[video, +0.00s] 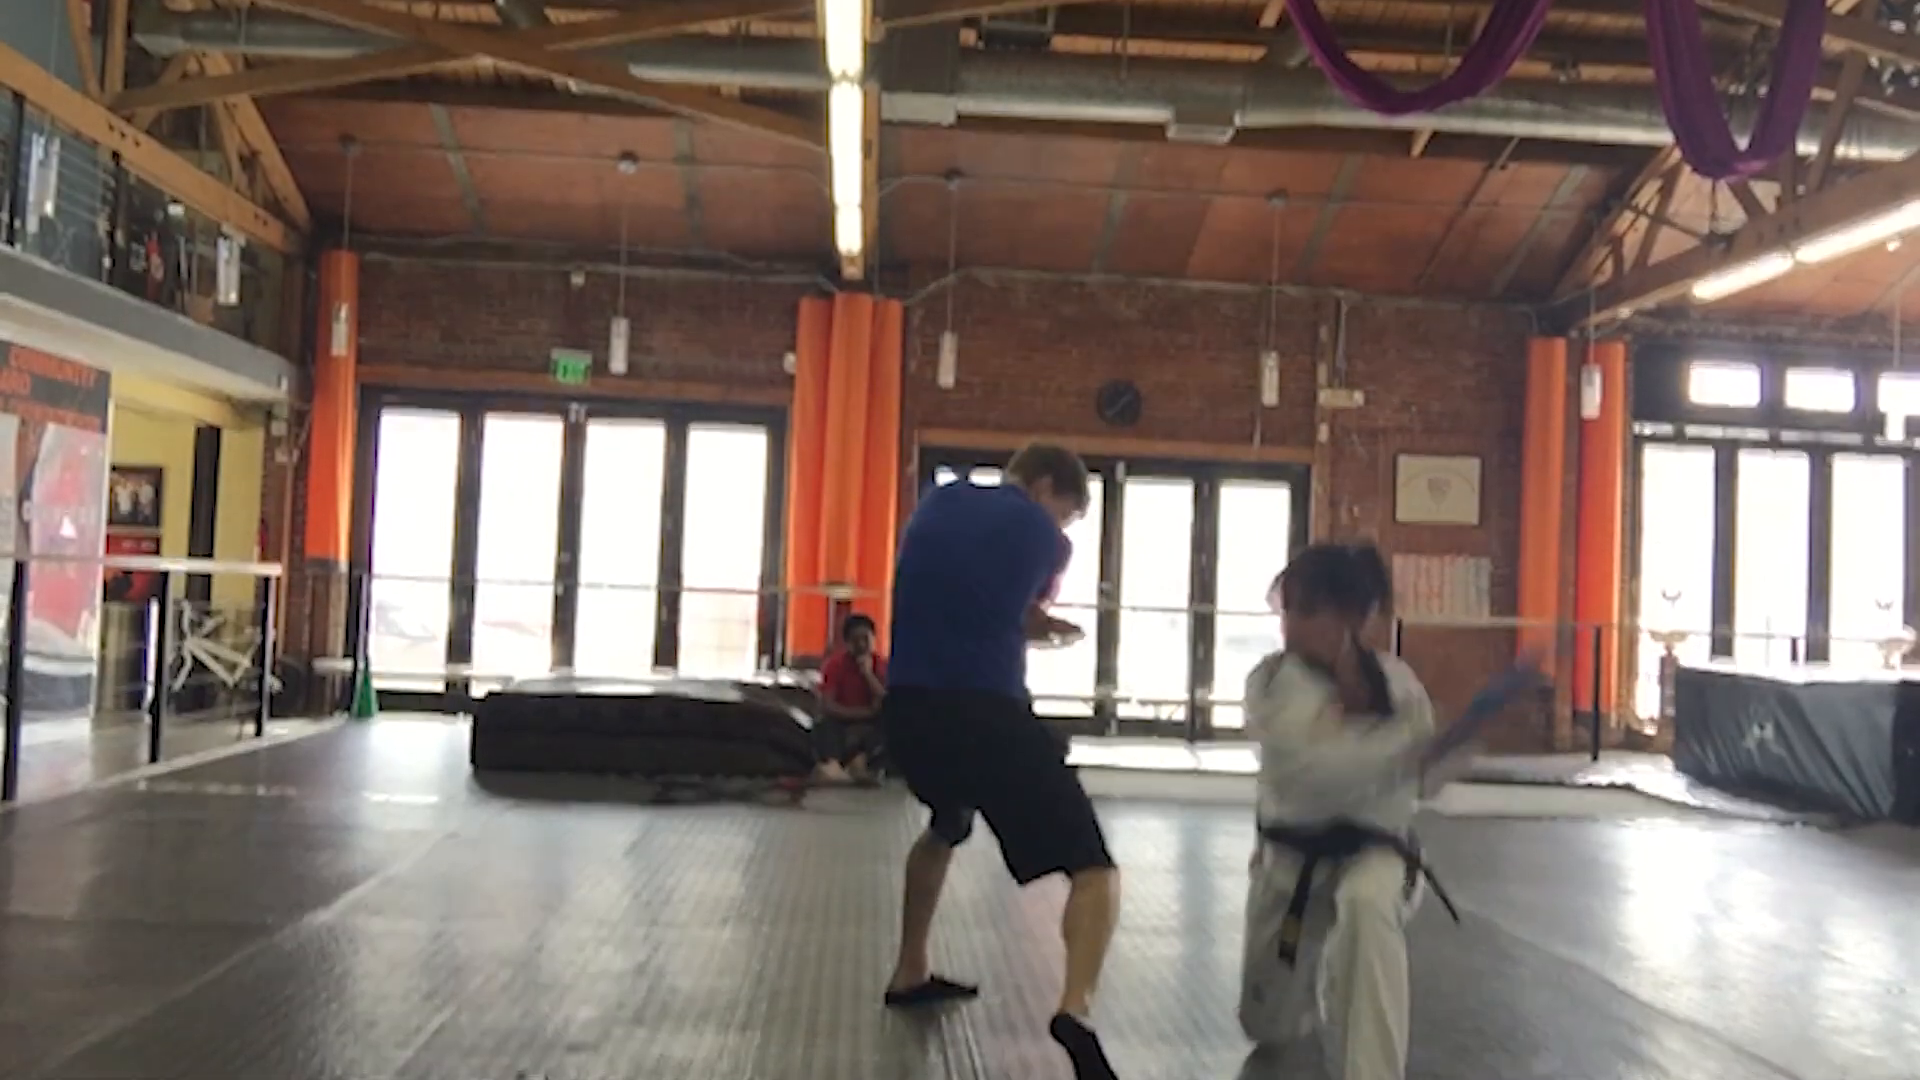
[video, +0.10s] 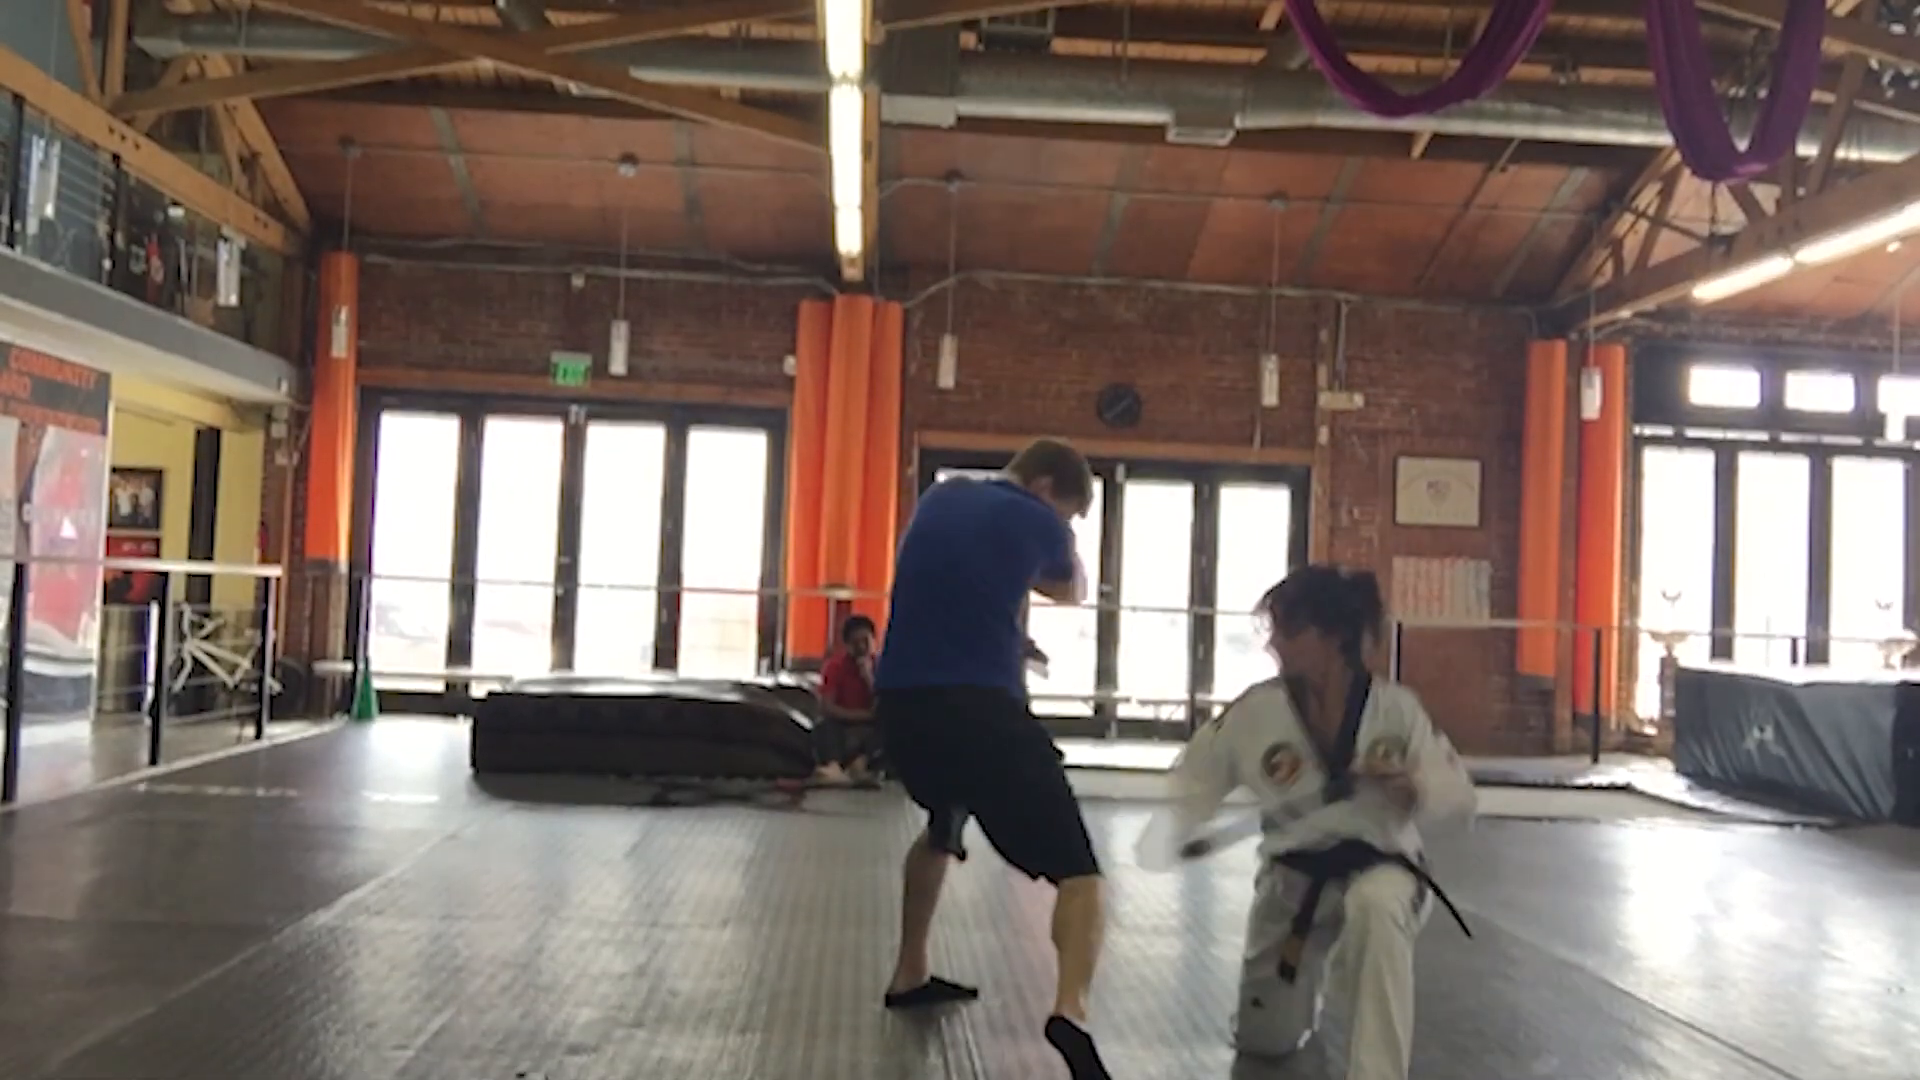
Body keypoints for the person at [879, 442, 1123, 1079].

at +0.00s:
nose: (1063, 525)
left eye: (1067, 515)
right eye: (1065, 512)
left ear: (1016, 474)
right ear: (1044, 485)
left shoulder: (937, 501)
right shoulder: (1043, 535)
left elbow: (934, 599)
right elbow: (1025, 616)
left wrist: (1030, 623)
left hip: (909, 708)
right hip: (990, 714)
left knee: (945, 823)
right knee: (1093, 868)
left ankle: (910, 974)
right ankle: (1075, 1008)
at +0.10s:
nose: (1064, 523)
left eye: (1070, 516)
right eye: (1067, 512)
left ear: (1017, 472)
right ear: (1044, 486)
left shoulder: (940, 496)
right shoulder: (1037, 519)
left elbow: (937, 586)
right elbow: (1068, 588)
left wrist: (1010, 634)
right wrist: (1004, 557)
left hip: (901, 702)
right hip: (983, 707)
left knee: (941, 826)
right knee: (1079, 871)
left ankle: (909, 976)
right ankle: (1069, 1012)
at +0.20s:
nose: (1060, 492)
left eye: (1063, 484)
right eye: (1064, 483)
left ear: (1016, 441)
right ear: (1052, 470)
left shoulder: (931, 470)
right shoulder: (1038, 514)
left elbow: (856, 529)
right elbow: (1115, 572)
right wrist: (1065, 558)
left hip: (904, 692)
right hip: (988, 695)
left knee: (931, 825)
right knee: (1065, 853)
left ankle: (909, 972)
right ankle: (1097, 991)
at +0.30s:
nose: (1070, 453)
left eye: (1071, 443)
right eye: (1071, 444)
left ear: (1001, 426)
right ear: (1054, 449)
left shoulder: (932, 462)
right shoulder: (1046, 515)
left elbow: (816, 444)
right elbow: (1143, 573)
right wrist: (1069, 594)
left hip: (914, 689)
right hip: (999, 696)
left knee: (908, 824)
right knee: (1050, 864)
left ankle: (897, 970)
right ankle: (1117, 992)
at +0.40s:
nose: (1057, 452)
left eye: (1055, 442)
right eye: (1057, 443)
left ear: (988, 433)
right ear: (1045, 450)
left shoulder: (936, 477)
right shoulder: (1056, 524)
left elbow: (822, 481)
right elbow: (1117, 597)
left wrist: (830, 554)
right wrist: (1047, 599)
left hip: (921, 703)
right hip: (1007, 711)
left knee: (905, 833)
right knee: (1057, 870)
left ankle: (897, 969)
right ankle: (1103, 998)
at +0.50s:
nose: (1066, 474)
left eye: (1068, 462)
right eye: (1067, 462)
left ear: (1000, 448)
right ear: (1048, 459)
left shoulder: (938, 502)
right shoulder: (1059, 537)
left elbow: (865, 596)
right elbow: (1049, 621)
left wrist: (921, 633)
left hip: (927, 712)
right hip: (1012, 726)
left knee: (914, 828)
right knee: (1055, 886)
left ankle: (899, 969)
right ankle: (1070, 1017)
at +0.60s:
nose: (1067, 504)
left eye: (1070, 492)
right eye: (1066, 490)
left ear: (1003, 472)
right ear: (1041, 477)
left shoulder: (933, 511)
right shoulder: (1054, 544)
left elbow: (920, 584)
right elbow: (1035, 618)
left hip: (928, 724)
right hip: (1015, 734)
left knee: (921, 823)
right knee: (1066, 891)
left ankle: (900, 968)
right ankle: (1092, 1028)